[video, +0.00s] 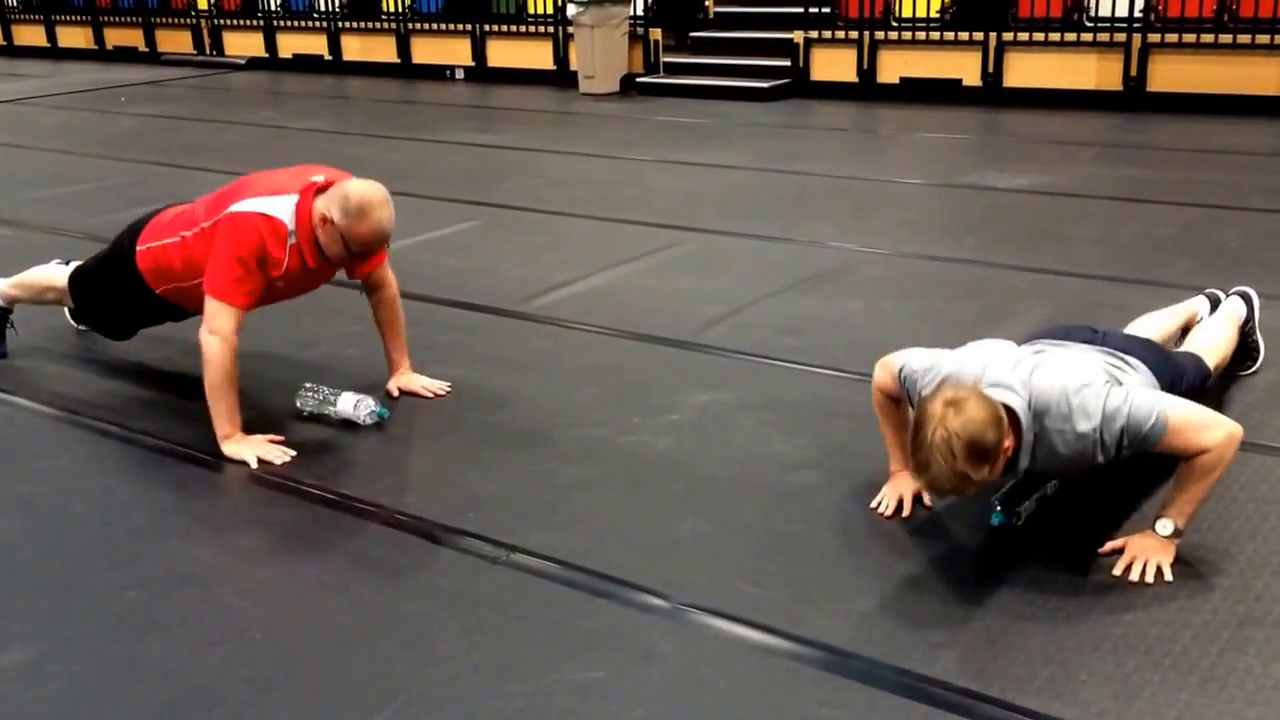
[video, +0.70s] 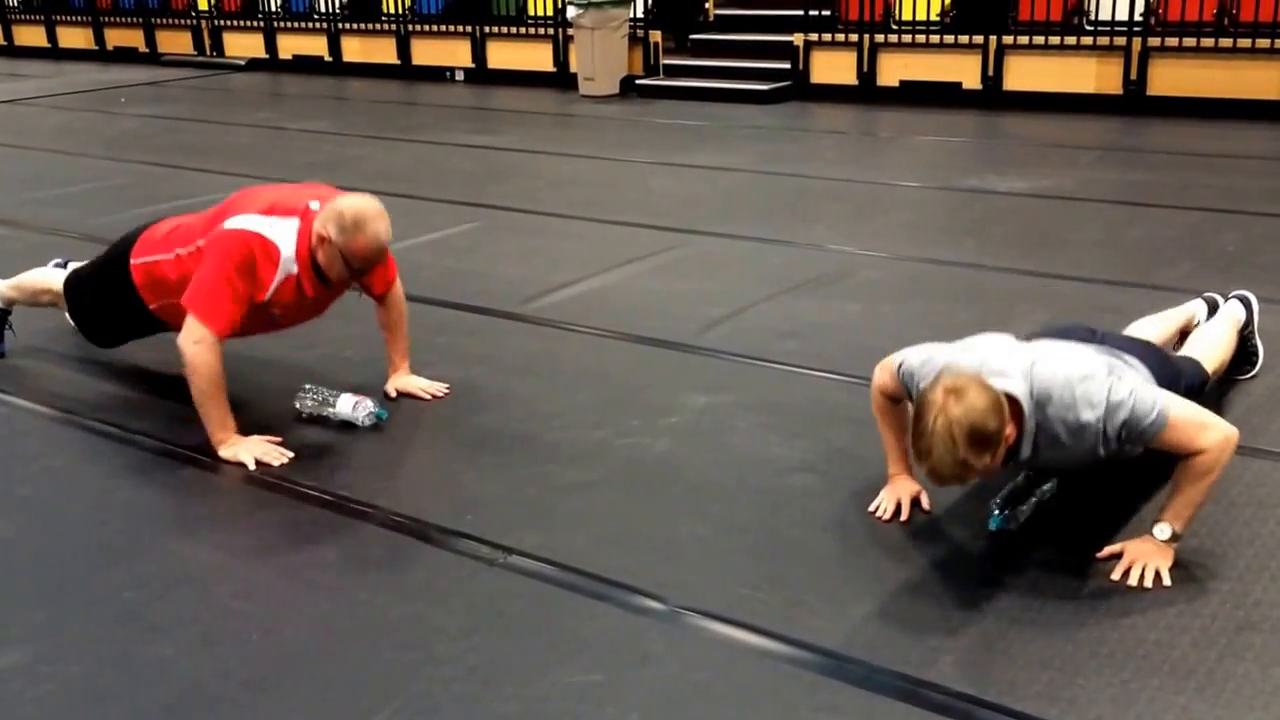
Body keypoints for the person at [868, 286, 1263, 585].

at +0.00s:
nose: (971, 493)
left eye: (974, 486)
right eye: (954, 488)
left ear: (1006, 448)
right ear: (927, 431)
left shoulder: (1096, 411)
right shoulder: (944, 374)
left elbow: (1222, 438)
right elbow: (884, 376)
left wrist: (1163, 531)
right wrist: (901, 467)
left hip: (1136, 367)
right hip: (1053, 346)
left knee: (1196, 362)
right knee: (1129, 342)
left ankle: (1236, 308)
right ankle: (1199, 303)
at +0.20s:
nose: (975, 448)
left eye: (981, 439)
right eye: (960, 441)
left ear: (1012, 405)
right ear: (935, 393)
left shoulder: (1108, 378)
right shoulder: (938, 341)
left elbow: (1213, 433)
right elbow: (891, 380)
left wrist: (1162, 532)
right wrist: (902, 471)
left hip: (1143, 345)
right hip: (1069, 319)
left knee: (1199, 346)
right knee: (1149, 320)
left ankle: (1238, 310)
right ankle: (1206, 302)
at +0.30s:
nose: (993, 395)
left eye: (995, 385)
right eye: (978, 390)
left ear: (1020, 346)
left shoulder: (1113, 333)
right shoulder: (936, 309)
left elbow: (1195, 424)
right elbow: (900, 378)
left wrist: (1161, 532)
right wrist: (901, 471)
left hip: (1156, 327)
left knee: (1203, 335)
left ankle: (1239, 310)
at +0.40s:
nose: (983, 372)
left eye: (992, 360)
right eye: (970, 364)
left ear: (1025, 317)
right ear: (951, 327)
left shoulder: (1118, 312)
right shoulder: (937, 295)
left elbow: (1180, 423)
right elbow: (906, 377)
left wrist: (1162, 533)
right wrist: (901, 471)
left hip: (1151, 335)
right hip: (1070, 360)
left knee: (1202, 336)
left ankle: (1239, 312)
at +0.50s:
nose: (972, 388)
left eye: (983, 377)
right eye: (962, 378)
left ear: (1020, 336)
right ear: (945, 342)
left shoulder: (1114, 330)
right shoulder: (931, 313)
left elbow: (1197, 427)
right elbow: (899, 380)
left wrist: (1161, 534)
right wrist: (901, 472)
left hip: (1153, 329)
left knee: (1203, 335)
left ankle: (1239, 310)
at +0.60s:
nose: (981, 435)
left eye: (987, 424)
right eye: (967, 429)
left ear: (1014, 388)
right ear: (941, 391)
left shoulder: (1104, 370)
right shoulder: (933, 341)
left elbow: (1212, 434)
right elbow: (888, 384)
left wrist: (1162, 535)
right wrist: (901, 474)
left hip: (1143, 354)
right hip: (1092, 329)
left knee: (1200, 351)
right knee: (1148, 326)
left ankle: (1237, 311)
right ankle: (1205, 304)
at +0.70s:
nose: (966, 485)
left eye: (971, 478)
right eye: (952, 479)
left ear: (1004, 441)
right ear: (928, 405)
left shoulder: (1096, 401)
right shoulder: (940, 369)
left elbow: (1217, 440)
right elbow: (883, 381)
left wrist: (1162, 536)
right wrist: (899, 473)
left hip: (1132, 370)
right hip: (1056, 346)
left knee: (1193, 366)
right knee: (1129, 344)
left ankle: (1236, 312)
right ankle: (1198, 307)